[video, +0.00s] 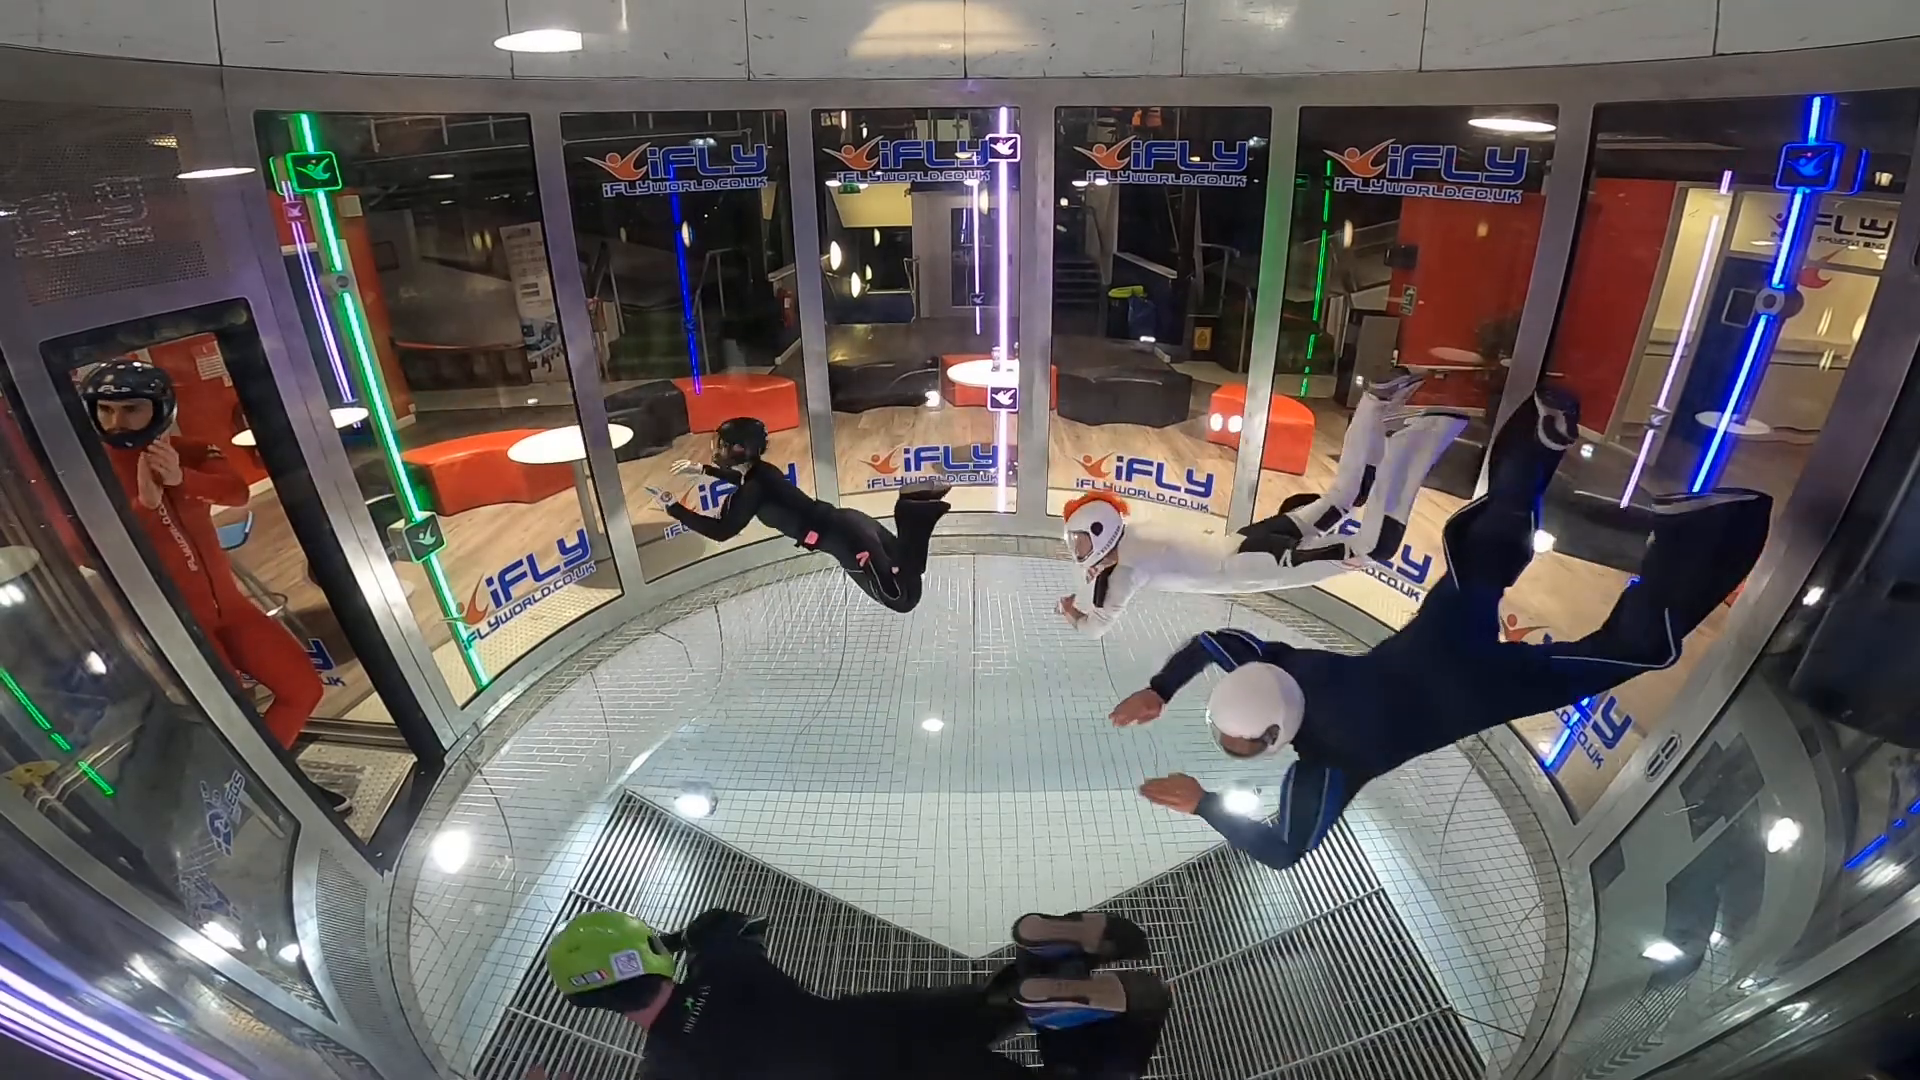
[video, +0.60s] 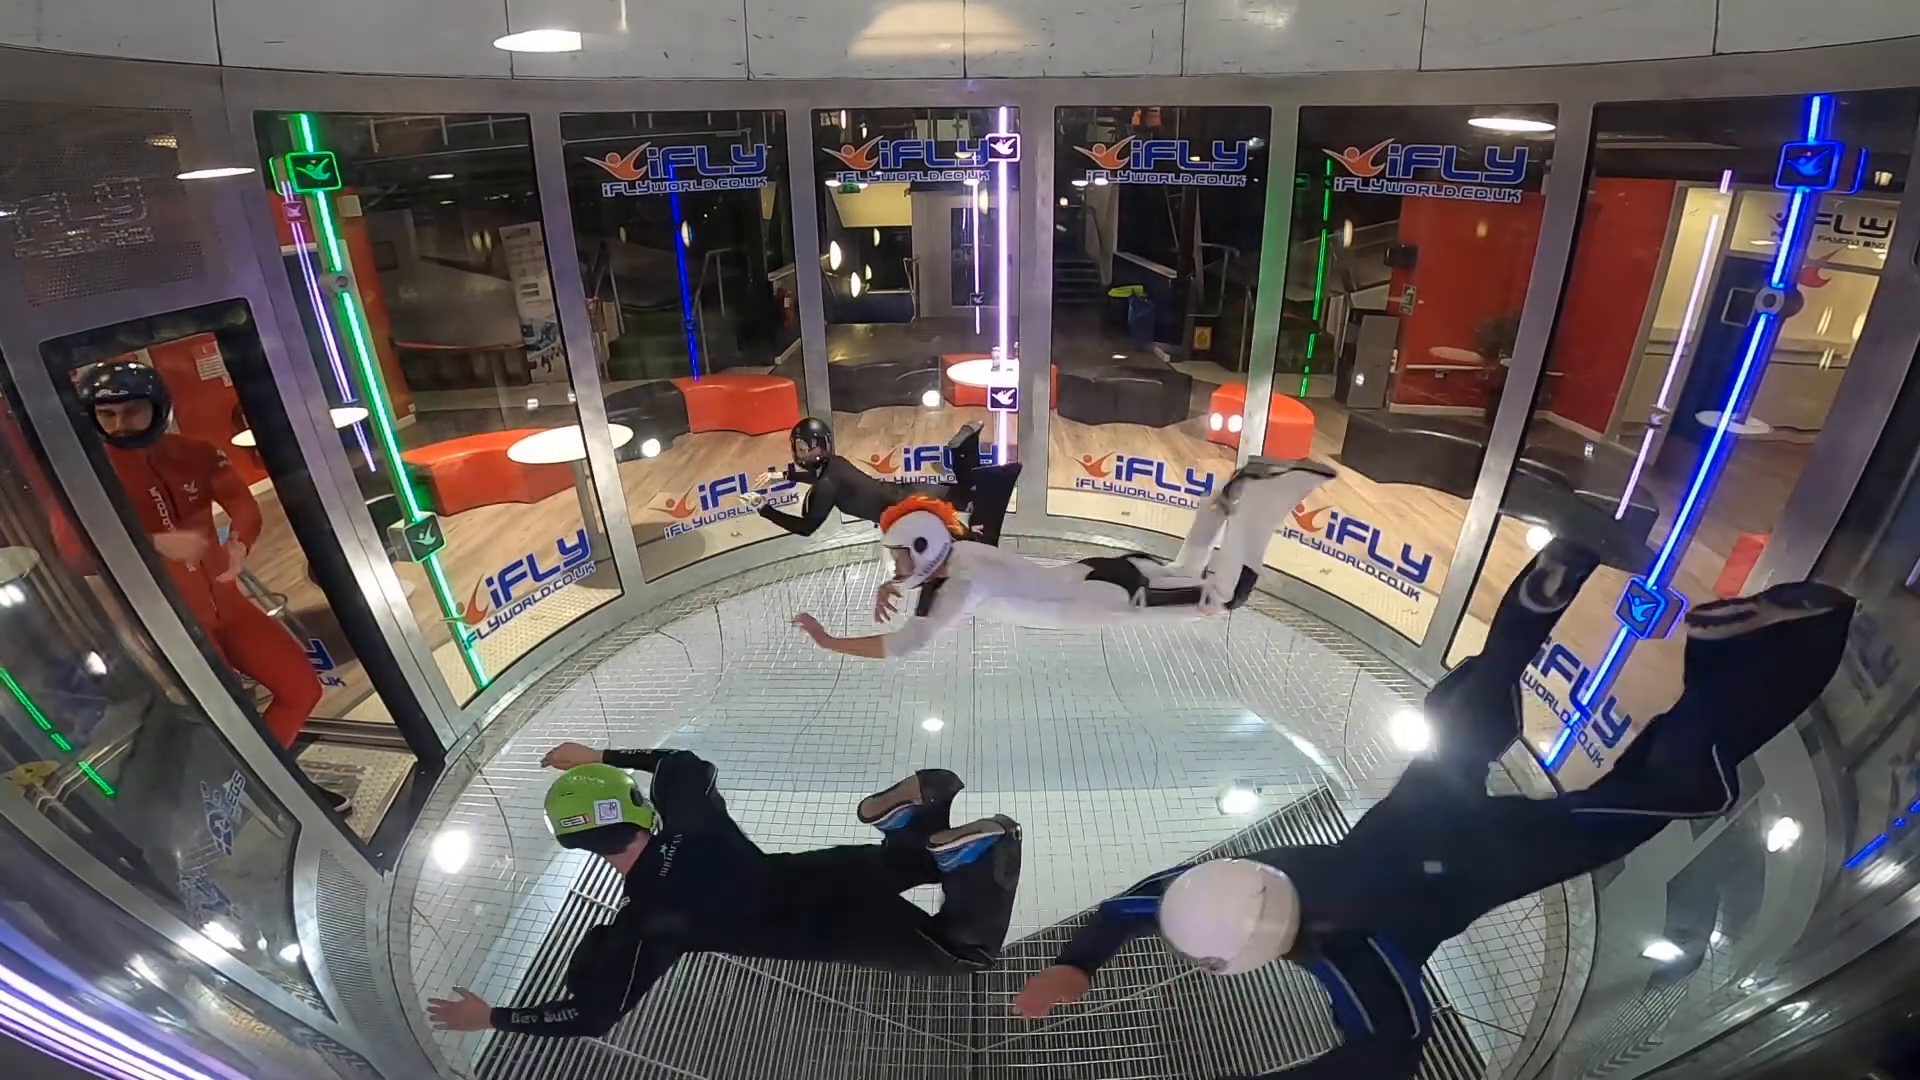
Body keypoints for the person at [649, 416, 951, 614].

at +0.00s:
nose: (717, 451)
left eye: (723, 446)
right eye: (719, 445)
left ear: (740, 452)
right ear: (749, 451)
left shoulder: (756, 484)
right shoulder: (759, 470)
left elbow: (723, 530)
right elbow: (734, 474)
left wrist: (677, 511)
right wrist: (705, 469)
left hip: (841, 535)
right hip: (844, 524)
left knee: (901, 598)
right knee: (902, 579)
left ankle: (915, 519)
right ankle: (913, 514)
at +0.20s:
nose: (739, 443)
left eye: (743, 437)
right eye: (739, 437)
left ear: (758, 442)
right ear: (770, 438)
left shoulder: (772, 479)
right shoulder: (781, 457)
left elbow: (744, 525)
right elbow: (758, 466)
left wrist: (706, 501)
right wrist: (730, 461)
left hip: (856, 525)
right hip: (862, 508)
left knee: (908, 588)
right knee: (916, 549)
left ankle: (927, 511)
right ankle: (933, 496)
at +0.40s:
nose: (767, 446)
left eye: (772, 440)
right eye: (766, 440)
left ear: (788, 442)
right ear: (787, 440)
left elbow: (773, 525)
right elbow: (787, 471)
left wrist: (734, 517)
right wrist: (763, 466)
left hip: (880, 515)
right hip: (884, 493)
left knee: (937, 574)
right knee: (942, 517)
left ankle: (954, 511)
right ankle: (946, 476)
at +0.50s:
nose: (785, 450)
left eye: (791, 444)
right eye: (782, 444)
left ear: (807, 443)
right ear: (787, 443)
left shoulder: (806, 484)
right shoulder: (817, 458)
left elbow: (787, 526)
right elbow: (796, 473)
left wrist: (745, 515)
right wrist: (769, 472)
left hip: (894, 514)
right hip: (898, 493)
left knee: (934, 553)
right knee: (953, 500)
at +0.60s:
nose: (800, 453)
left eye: (804, 447)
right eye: (799, 447)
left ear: (818, 448)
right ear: (810, 447)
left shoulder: (826, 482)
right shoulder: (834, 462)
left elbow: (806, 526)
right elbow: (812, 474)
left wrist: (765, 511)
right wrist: (789, 475)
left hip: (906, 509)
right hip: (908, 490)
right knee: (962, 493)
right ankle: (964, 452)